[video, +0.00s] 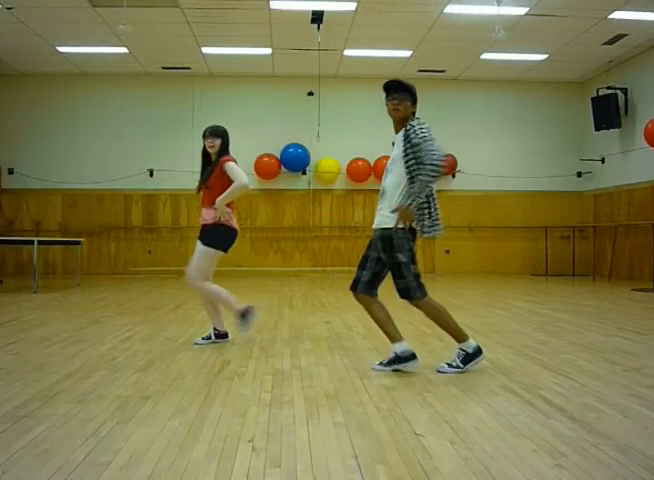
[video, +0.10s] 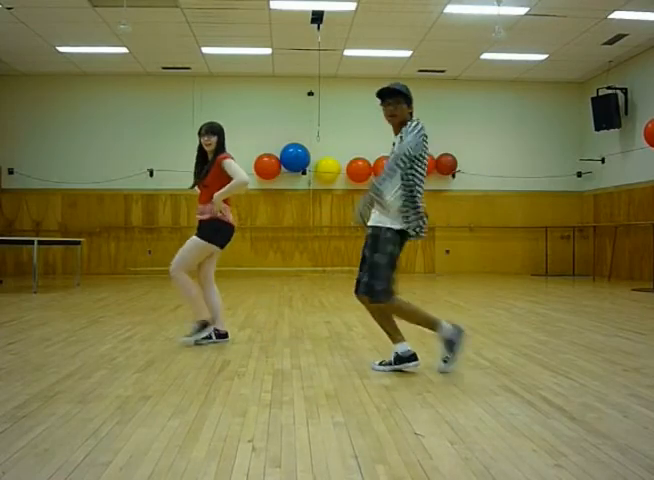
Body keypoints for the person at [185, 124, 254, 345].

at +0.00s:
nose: (210, 142)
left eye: (214, 138)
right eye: (207, 138)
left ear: (223, 141)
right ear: (204, 142)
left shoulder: (226, 162)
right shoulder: (212, 165)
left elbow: (242, 183)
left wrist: (221, 203)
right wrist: (210, 205)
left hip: (219, 226)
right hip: (211, 225)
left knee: (194, 277)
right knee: (202, 280)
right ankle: (218, 330)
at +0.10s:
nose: (206, 139)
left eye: (211, 135)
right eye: (203, 135)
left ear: (219, 138)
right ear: (200, 139)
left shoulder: (223, 159)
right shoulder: (207, 162)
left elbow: (242, 180)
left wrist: (218, 196)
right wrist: (207, 201)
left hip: (217, 224)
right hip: (210, 223)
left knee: (177, 269)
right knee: (206, 278)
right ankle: (218, 329)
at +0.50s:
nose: (193, 142)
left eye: (197, 137)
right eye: (190, 138)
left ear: (207, 140)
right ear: (187, 142)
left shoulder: (213, 165)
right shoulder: (197, 164)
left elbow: (213, 197)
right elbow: (195, 197)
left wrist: (211, 228)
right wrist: (188, 223)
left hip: (200, 226)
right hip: (195, 224)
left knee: (174, 273)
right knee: (202, 281)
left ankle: (183, 326)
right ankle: (220, 330)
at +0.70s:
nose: (179, 145)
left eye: (182, 141)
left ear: (185, 143)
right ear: (206, 146)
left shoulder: (183, 166)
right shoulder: (212, 170)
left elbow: (184, 200)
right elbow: (219, 205)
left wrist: (176, 234)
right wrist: (222, 233)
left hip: (192, 231)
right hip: (211, 231)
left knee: (167, 273)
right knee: (199, 279)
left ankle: (182, 326)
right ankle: (219, 329)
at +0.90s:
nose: (213, 149)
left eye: (213, 145)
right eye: (212, 145)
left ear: (187, 142)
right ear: (207, 145)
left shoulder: (170, 167)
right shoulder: (209, 166)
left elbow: (166, 200)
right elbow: (211, 204)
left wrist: (165, 227)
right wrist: (230, 228)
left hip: (178, 226)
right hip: (206, 226)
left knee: (180, 278)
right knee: (203, 281)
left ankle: (164, 327)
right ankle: (197, 329)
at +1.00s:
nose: (211, 152)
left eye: (211, 148)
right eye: (209, 148)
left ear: (190, 146)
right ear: (200, 147)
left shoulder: (181, 167)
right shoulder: (191, 168)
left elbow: (174, 201)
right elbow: (196, 204)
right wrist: (227, 203)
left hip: (183, 228)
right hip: (200, 227)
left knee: (190, 280)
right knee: (208, 281)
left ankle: (158, 322)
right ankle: (182, 329)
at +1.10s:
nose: (214, 147)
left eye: (213, 143)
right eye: (212, 143)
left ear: (194, 141)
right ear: (202, 142)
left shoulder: (198, 161)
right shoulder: (192, 155)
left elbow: (201, 198)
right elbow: (191, 193)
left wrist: (219, 201)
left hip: (200, 222)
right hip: (194, 222)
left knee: (203, 279)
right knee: (203, 279)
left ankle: (164, 315)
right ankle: (179, 327)